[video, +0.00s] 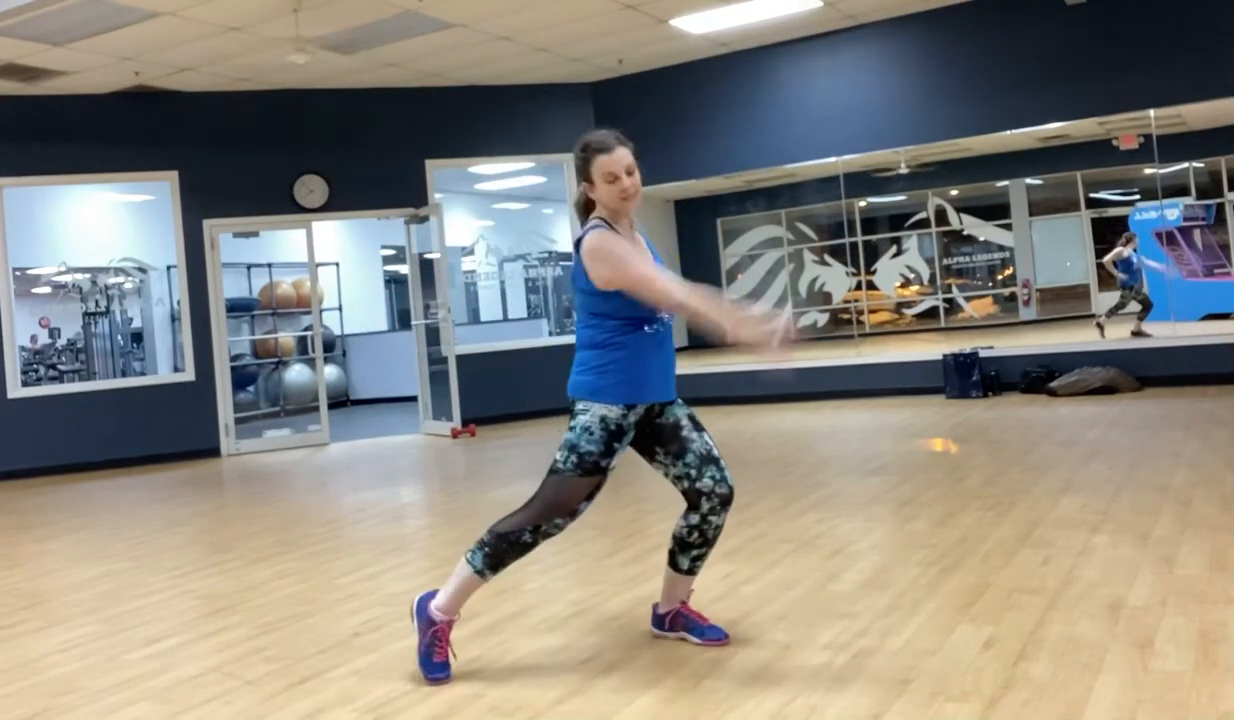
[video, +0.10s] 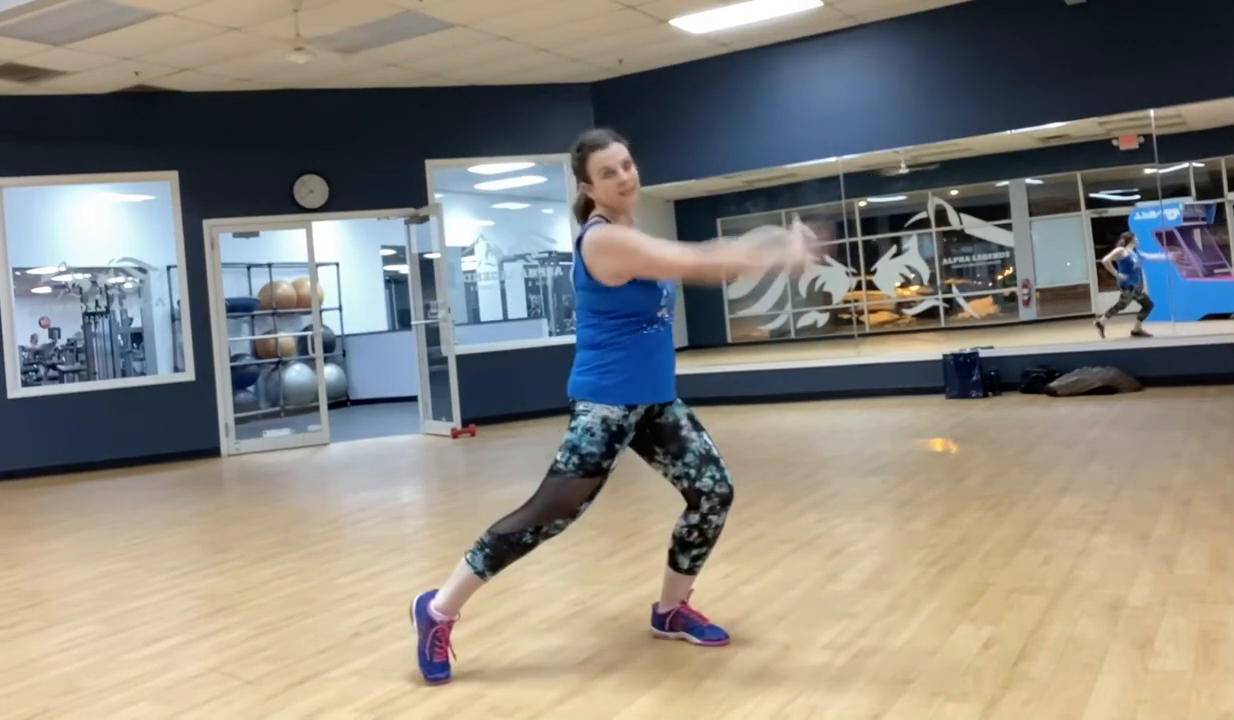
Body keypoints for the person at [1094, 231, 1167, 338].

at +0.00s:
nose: (1136, 243)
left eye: (1136, 240)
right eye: (1135, 240)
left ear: (1128, 241)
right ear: (1130, 241)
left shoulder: (1133, 254)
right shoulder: (1121, 250)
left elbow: (1147, 262)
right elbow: (1106, 261)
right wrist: (1117, 274)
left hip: (1135, 286)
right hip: (1127, 286)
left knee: (1148, 305)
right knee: (1121, 305)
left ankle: (1137, 328)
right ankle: (1101, 321)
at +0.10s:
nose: (1136, 242)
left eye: (1136, 240)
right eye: (1134, 240)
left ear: (1129, 241)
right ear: (1129, 241)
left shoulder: (1135, 253)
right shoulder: (1121, 250)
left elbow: (1150, 256)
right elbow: (1106, 260)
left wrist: (1168, 256)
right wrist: (1117, 275)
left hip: (1136, 287)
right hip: (1128, 286)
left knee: (1148, 305)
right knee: (1121, 305)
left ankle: (1137, 328)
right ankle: (1101, 321)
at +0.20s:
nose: (1135, 240)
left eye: (1135, 238)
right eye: (1133, 238)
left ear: (1127, 240)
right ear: (1129, 240)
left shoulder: (1134, 250)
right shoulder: (1121, 250)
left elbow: (1149, 249)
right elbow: (1105, 260)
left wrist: (1163, 241)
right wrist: (1117, 274)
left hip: (1135, 286)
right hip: (1127, 286)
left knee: (1148, 305)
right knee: (1120, 305)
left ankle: (1137, 328)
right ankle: (1101, 321)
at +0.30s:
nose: (1134, 239)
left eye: (1133, 238)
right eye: (1132, 238)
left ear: (1127, 240)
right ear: (1128, 240)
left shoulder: (1132, 249)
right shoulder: (1121, 250)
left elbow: (1145, 242)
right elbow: (1106, 260)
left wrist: (1154, 232)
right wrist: (1118, 274)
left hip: (1135, 285)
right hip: (1128, 285)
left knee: (1148, 304)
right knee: (1121, 305)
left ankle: (1137, 328)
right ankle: (1101, 321)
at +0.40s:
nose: (1133, 240)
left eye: (1132, 238)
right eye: (1131, 238)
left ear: (1124, 240)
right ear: (1126, 240)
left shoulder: (1131, 249)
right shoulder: (1121, 250)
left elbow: (1139, 242)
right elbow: (1107, 260)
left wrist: (1145, 233)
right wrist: (1117, 274)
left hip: (1135, 285)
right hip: (1128, 285)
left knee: (1147, 305)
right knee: (1120, 305)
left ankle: (1137, 328)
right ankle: (1101, 321)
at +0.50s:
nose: (1131, 237)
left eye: (1129, 235)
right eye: (1128, 236)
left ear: (1124, 240)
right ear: (1124, 239)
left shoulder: (1130, 249)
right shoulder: (1122, 250)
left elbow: (1135, 234)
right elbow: (1108, 260)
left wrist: (1138, 221)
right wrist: (1118, 274)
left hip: (1135, 285)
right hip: (1128, 284)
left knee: (1147, 305)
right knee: (1119, 305)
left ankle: (1137, 328)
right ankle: (1101, 321)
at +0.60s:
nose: (1130, 236)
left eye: (1129, 234)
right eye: (1127, 235)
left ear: (1122, 240)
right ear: (1123, 239)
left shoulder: (1129, 250)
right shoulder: (1122, 249)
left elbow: (1131, 234)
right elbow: (1109, 259)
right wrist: (1119, 273)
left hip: (1134, 285)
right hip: (1128, 284)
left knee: (1147, 305)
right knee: (1119, 305)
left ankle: (1137, 328)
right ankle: (1101, 321)